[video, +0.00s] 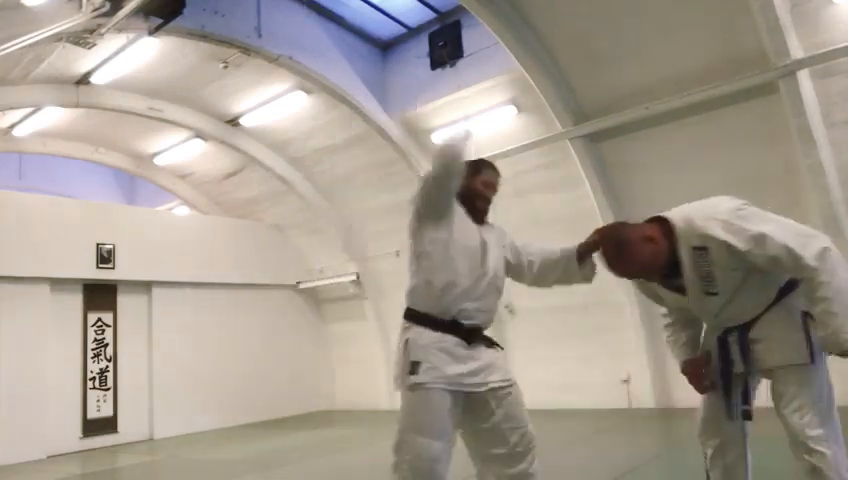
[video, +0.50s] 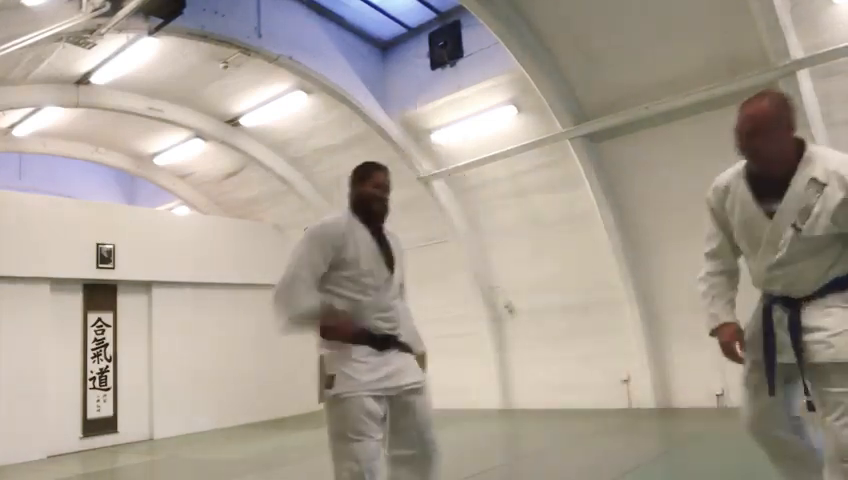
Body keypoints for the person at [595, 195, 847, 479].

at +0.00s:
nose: (648, 280)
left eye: (645, 270)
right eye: (638, 277)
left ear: (651, 238)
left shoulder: (716, 224)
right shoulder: (644, 273)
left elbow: (818, 254)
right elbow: (677, 312)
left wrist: (837, 338)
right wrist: (687, 358)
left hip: (782, 310)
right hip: (724, 329)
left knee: (804, 426)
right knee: (718, 432)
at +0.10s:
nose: (681, 266)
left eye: (680, 257)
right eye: (669, 264)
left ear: (684, 227)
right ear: (655, 260)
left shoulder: (747, 219)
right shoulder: (659, 267)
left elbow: (839, 258)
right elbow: (688, 304)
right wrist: (689, 356)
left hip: (795, 312)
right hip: (735, 327)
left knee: (811, 428)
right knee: (726, 431)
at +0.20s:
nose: (690, 240)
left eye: (694, 229)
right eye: (681, 234)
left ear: (713, 202)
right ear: (672, 227)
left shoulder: (778, 208)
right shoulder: (678, 251)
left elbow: (842, 251)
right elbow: (694, 301)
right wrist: (697, 355)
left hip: (808, 311)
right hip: (745, 323)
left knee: (823, 429)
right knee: (730, 432)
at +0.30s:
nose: (714, 206)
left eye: (720, 195)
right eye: (705, 199)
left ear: (743, 174)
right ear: (695, 192)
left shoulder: (810, 196)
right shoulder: (694, 226)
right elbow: (701, 293)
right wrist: (710, 351)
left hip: (820, 311)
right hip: (756, 319)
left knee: (834, 438)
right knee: (733, 433)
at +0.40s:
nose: (734, 178)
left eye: (743, 166)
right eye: (725, 168)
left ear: (771, 153)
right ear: (717, 164)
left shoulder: (828, 185)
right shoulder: (711, 205)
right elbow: (710, 275)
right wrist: (717, 335)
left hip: (826, 305)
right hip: (764, 311)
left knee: (839, 429)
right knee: (742, 413)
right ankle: (761, 475)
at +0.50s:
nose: (745, 147)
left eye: (756, 136)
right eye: (741, 136)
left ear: (790, 135)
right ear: (737, 138)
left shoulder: (837, 176)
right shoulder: (725, 191)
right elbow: (719, 263)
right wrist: (723, 320)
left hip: (831, 303)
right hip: (772, 308)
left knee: (840, 424)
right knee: (765, 419)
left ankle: (839, 471)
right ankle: (814, 472)